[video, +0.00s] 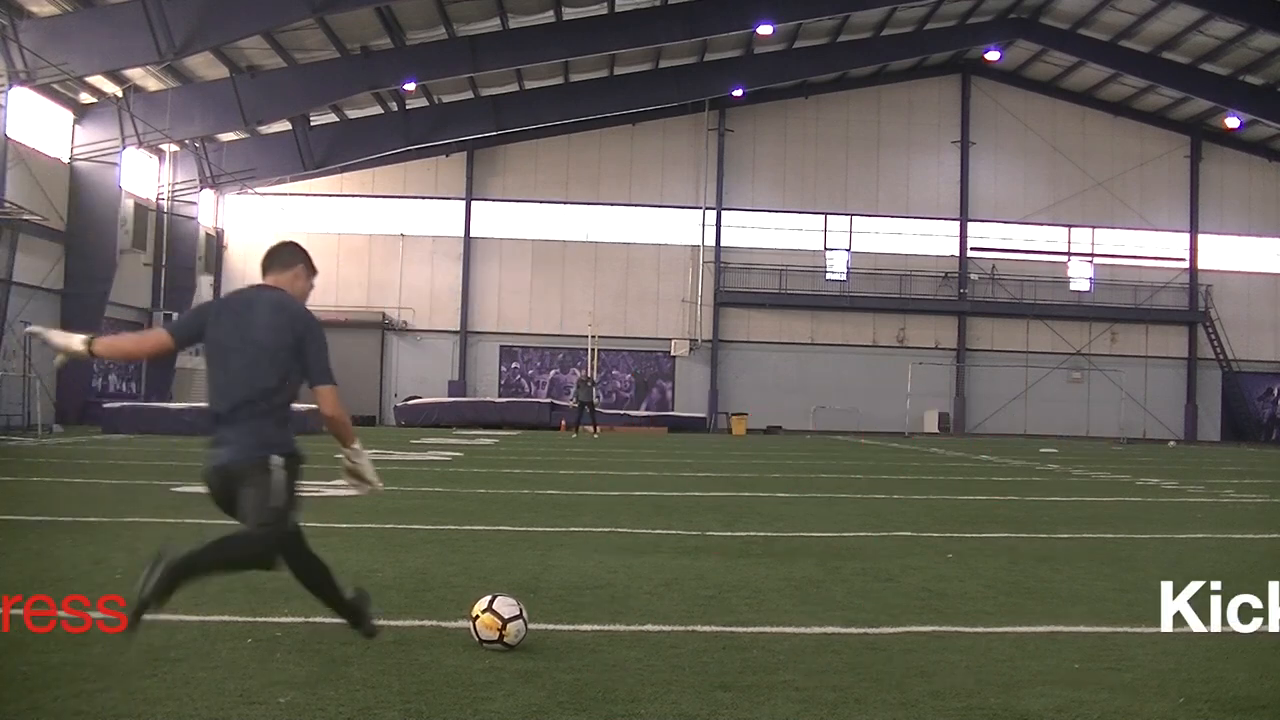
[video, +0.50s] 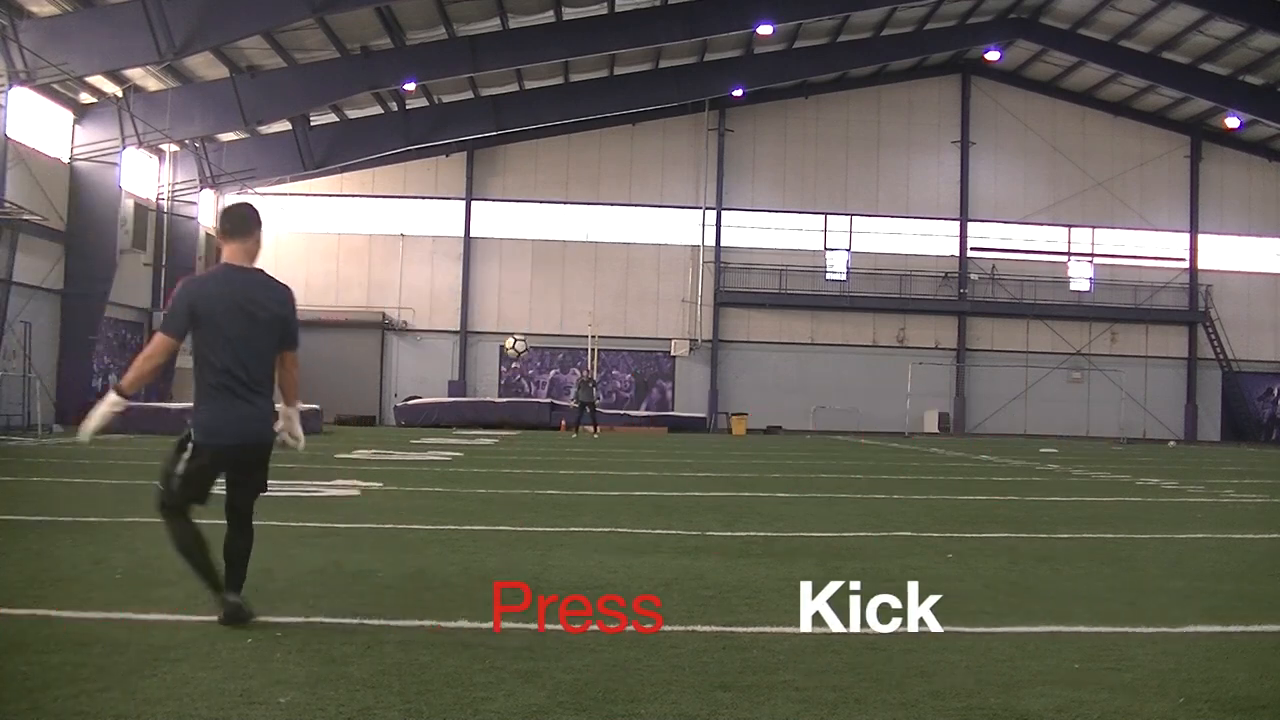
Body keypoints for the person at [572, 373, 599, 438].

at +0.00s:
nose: (584, 374)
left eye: (585, 372)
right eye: (582, 373)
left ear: (587, 373)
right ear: (580, 374)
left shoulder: (590, 381)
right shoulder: (579, 381)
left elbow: (595, 388)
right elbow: (576, 390)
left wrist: (597, 398)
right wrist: (574, 398)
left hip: (589, 401)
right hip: (581, 400)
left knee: (593, 417)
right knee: (578, 417)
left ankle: (595, 432)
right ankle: (576, 432)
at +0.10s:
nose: (584, 375)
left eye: (586, 373)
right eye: (583, 373)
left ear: (588, 374)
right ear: (581, 374)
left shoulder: (591, 381)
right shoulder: (579, 381)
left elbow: (596, 390)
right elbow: (576, 390)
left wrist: (597, 398)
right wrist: (574, 398)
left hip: (590, 401)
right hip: (581, 401)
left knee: (593, 417)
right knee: (578, 417)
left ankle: (595, 432)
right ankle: (576, 432)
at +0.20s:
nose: (585, 375)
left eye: (586, 374)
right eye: (584, 374)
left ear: (588, 374)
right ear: (582, 374)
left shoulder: (592, 381)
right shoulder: (579, 381)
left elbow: (596, 390)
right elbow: (577, 390)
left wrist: (597, 398)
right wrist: (575, 399)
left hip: (590, 401)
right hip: (582, 401)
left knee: (593, 416)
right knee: (579, 416)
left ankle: (595, 432)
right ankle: (576, 432)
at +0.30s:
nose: (585, 375)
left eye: (586, 373)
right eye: (584, 373)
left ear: (588, 374)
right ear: (582, 374)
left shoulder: (592, 381)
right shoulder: (580, 381)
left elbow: (596, 390)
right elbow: (577, 390)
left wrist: (597, 398)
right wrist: (575, 398)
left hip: (590, 401)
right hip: (582, 401)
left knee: (593, 416)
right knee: (579, 416)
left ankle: (595, 432)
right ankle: (576, 432)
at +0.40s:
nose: (585, 375)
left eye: (586, 373)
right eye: (584, 373)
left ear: (588, 374)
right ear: (582, 374)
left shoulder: (592, 381)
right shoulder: (580, 381)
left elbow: (597, 390)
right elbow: (577, 390)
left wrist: (597, 398)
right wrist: (575, 398)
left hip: (591, 401)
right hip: (582, 401)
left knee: (593, 417)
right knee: (579, 416)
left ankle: (595, 432)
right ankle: (576, 432)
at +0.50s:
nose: (585, 375)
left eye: (586, 373)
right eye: (584, 373)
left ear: (588, 374)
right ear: (582, 374)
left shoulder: (592, 381)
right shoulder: (580, 381)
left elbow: (596, 390)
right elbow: (576, 390)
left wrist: (597, 398)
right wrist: (575, 398)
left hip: (590, 401)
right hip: (582, 401)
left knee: (593, 417)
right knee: (578, 416)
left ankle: (595, 432)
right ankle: (576, 432)